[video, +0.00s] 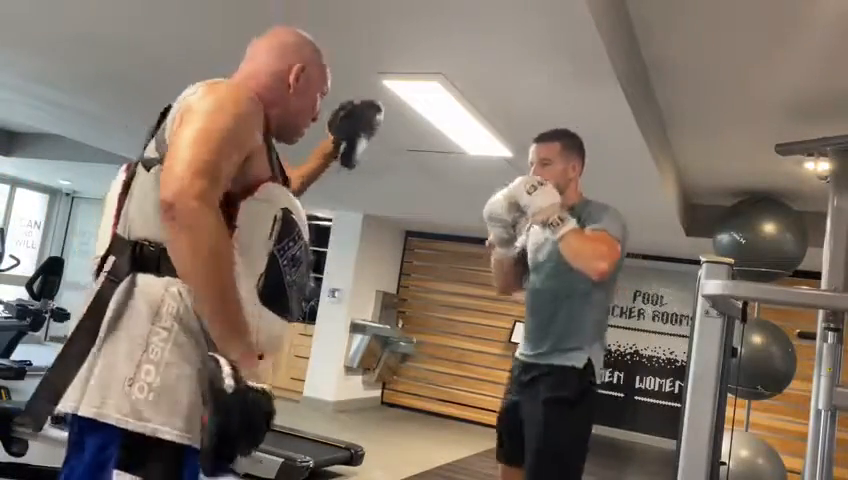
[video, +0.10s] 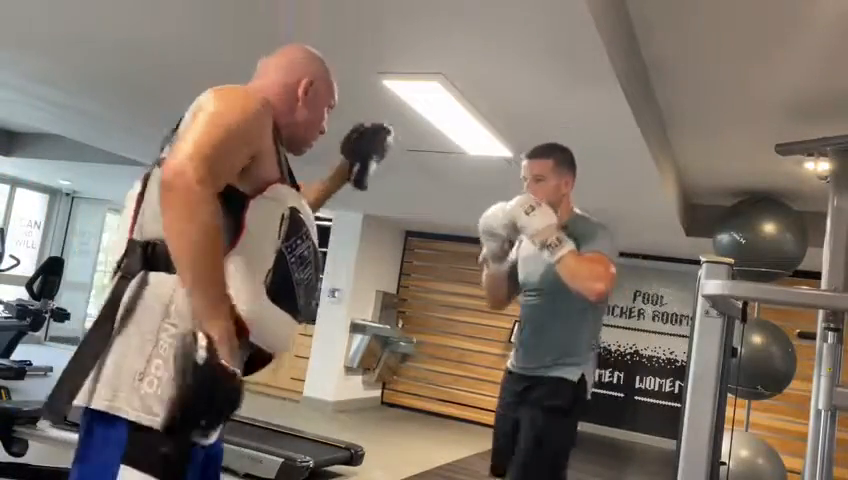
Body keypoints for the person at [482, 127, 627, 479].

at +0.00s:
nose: (535, 175)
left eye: (545, 164)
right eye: (533, 166)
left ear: (574, 168)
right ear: (529, 170)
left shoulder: (603, 217)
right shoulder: (538, 225)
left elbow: (599, 265)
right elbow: (506, 284)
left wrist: (555, 219)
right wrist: (503, 229)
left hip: (568, 373)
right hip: (526, 367)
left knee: (549, 472)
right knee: (512, 467)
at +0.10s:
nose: (528, 191)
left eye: (538, 180)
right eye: (526, 181)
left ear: (566, 184)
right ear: (523, 183)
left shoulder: (593, 234)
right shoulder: (526, 238)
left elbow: (597, 286)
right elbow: (497, 298)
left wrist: (550, 236)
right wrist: (495, 248)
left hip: (562, 379)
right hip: (518, 373)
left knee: (533, 471)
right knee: (504, 467)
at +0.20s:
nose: (522, 190)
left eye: (532, 180)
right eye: (519, 180)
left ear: (559, 182)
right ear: (516, 181)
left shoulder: (589, 232)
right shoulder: (520, 238)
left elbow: (598, 287)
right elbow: (492, 298)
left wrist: (548, 240)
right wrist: (488, 253)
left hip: (557, 374)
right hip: (513, 369)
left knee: (506, 473)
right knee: (502, 471)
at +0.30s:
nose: (519, 182)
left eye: (528, 173)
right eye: (515, 173)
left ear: (554, 173)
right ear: (511, 175)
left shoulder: (584, 221)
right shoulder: (512, 226)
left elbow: (595, 272)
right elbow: (479, 286)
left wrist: (548, 224)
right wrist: (480, 236)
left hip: (554, 365)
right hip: (510, 362)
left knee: (507, 472)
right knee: (501, 470)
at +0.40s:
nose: (514, 182)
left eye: (523, 172)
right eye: (509, 173)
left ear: (548, 172)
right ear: (504, 176)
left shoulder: (575, 220)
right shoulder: (508, 226)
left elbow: (585, 270)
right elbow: (470, 282)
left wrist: (539, 218)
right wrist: (472, 231)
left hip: (548, 369)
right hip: (505, 365)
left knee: (501, 471)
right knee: (495, 470)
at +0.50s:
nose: (503, 188)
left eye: (512, 177)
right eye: (499, 179)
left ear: (539, 177)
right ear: (495, 180)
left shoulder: (572, 228)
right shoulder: (505, 236)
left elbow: (564, 285)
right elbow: (469, 293)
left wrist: (522, 230)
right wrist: (467, 240)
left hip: (539, 376)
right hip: (500, 372)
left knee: (492, 471)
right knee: (489, 470)